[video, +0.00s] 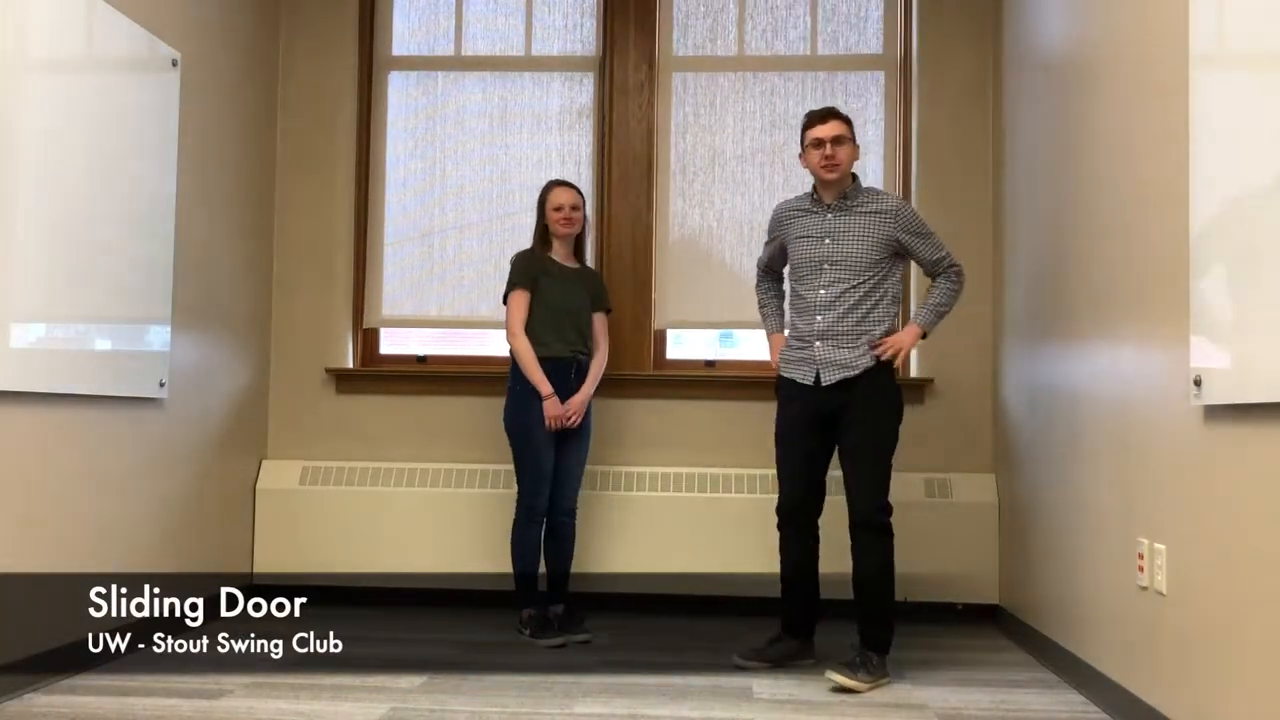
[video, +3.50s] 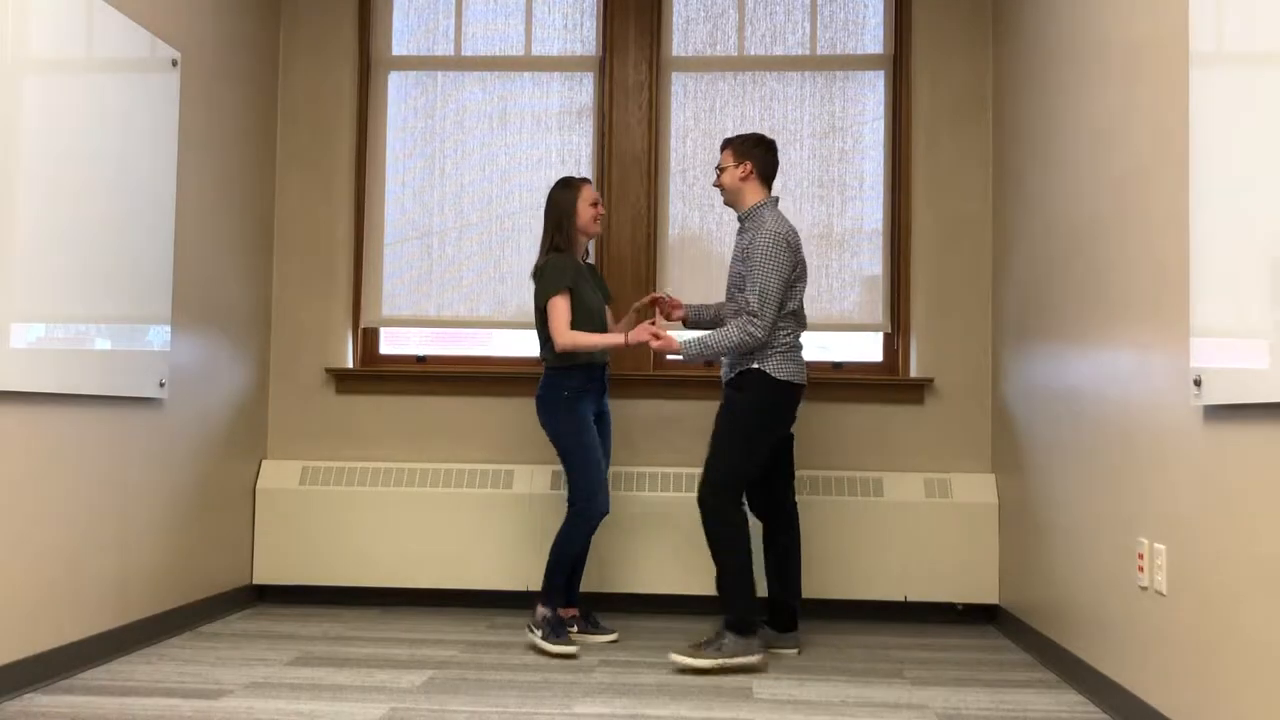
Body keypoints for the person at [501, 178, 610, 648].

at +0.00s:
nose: (567, 215)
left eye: (574, 208)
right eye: (558, 209)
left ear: (584, 216)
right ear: (543, 216)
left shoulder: (591, 278)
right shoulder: (527, 263)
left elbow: (601, 348)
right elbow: (515, 332)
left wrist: (584, 395)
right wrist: (547, 393)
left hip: (576, 391)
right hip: (532, 388)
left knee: (564, 504)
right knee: (535, 501)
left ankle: (559, 609)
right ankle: (530, 612)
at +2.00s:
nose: (572, 217)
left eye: (575, 210)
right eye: (563, 211)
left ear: (580, 216)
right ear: (542, 216)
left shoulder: (590, 278)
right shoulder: (526, 267)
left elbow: (601, 348)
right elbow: (520, 339)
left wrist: (593, 395)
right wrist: (553, 394)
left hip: (580, 395)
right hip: (536, 392)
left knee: (565, 504)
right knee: (536, 501)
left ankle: (558, 607)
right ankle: (530, 609)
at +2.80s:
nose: (577, 216)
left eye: (579, 209)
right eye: (568, 209)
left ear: (576, 217)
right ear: (542, 214)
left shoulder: (583, 277)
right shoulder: (527, 269)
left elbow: (588, 342)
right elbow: (525, 335)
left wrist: (619, 344)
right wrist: (593, 345)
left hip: (578, 396)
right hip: (539, 395)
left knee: (569, 504)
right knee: (540, 501)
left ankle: (558, 608)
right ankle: (531, 612)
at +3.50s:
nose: (601, 210)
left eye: (600, 204)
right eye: (592, 204)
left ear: (586, 214)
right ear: (566, 211)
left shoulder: (588, 269)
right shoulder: (557, 266)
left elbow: (607, 333)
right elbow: (561, 338)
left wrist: (639, 307)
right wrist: (624, 338)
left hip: (592, 395)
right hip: (564, 396)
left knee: (590, 504)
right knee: (590, 503)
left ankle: (569, 609)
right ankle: (548, 610)